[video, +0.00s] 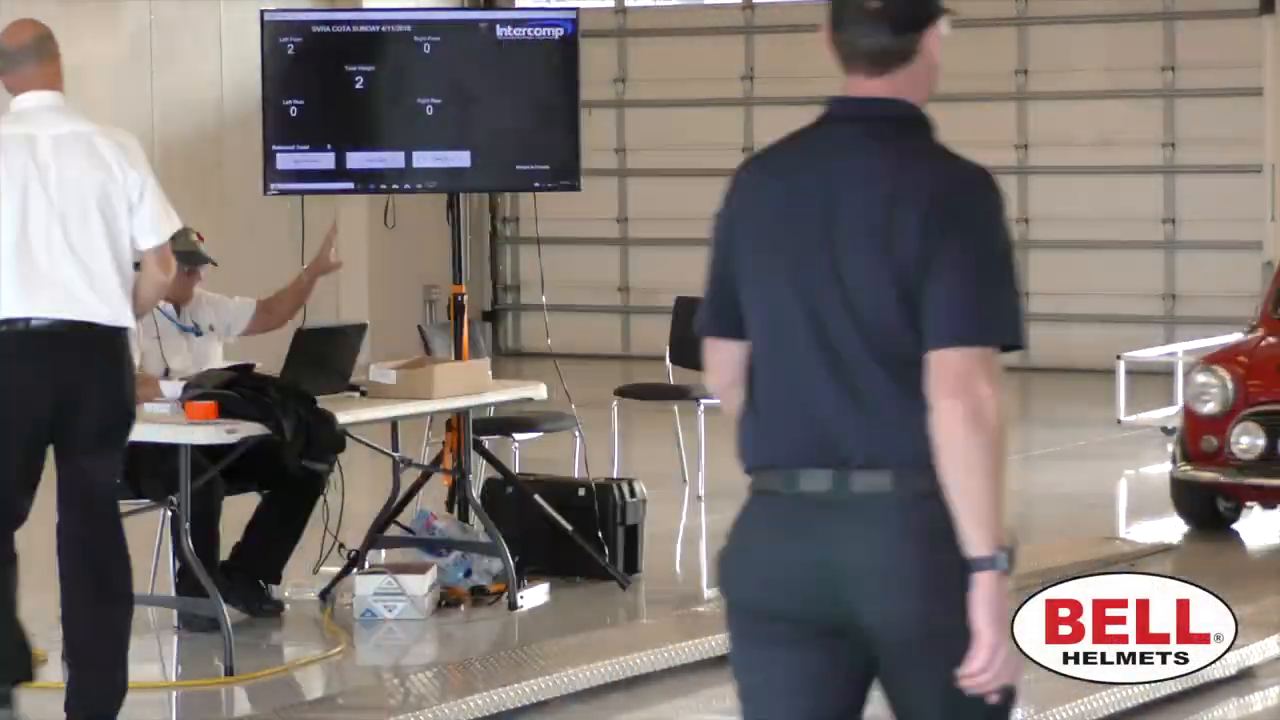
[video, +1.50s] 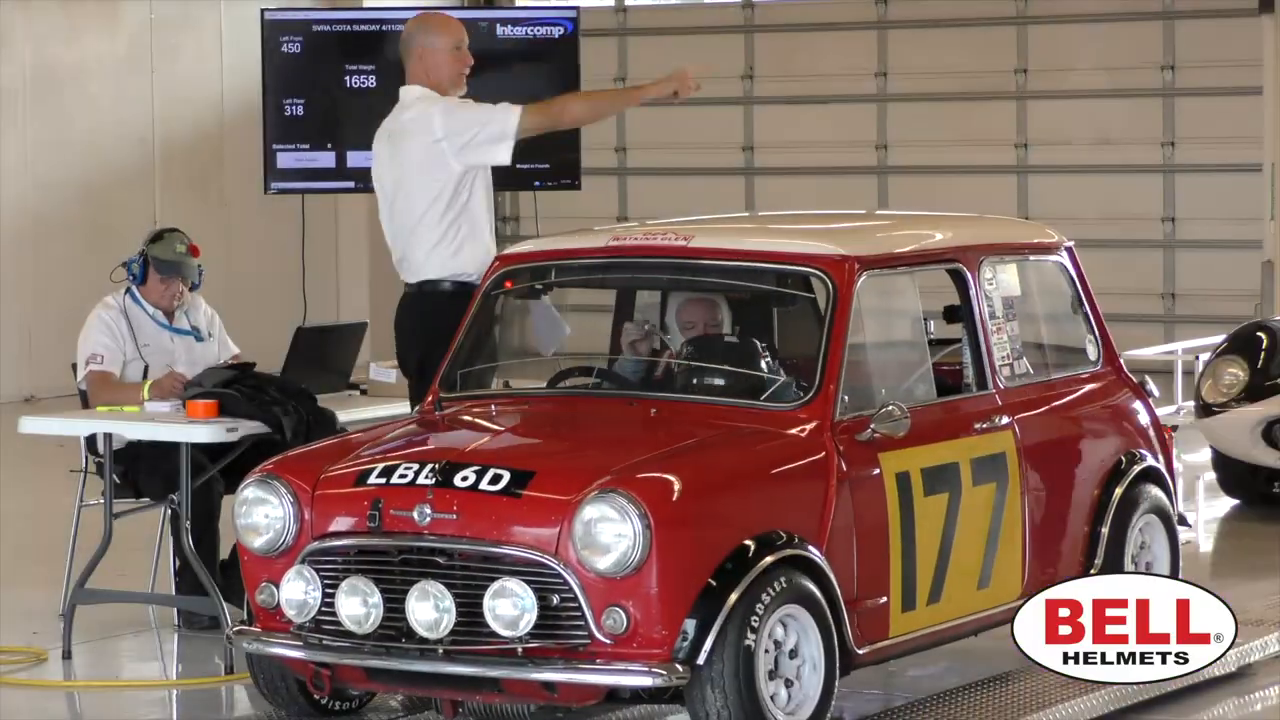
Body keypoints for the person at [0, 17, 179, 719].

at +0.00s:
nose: (9, 79)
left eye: (5, 67)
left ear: (2, 77)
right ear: (58, 66)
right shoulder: (114, 146)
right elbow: (160, 268)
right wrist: (114, 315)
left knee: (3, 526)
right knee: (92, 533)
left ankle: (11, 665)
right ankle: (95, 706)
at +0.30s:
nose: (159, 81)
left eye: (158, 69)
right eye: (160, 70)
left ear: (101, 61)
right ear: (147, 65)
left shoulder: (46, 137)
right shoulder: (145, 139)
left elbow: (38, 255)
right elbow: (167, 264)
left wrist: (121, 263)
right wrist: (213, 288)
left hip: (65, 341)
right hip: (130, 344)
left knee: (68, 522)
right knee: (145, 525)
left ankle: (40, 688)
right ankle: (123, 688)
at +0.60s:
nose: (174, 79)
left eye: (174, 67)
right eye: (174, 68)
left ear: (115, 60)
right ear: (161, 66)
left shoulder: (56, 139)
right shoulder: (155, 146)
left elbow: (40, 259)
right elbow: (186, 271)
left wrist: (126, 264)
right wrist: (248, 290)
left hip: (71, 344)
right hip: (137, 350)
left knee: (70, 524)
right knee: (141, 528)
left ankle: (41, 691)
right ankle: (123, 691)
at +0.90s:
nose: (181, 286)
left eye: (187, 277)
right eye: (170, 276)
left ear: (194, 276)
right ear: (141, 272)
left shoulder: (199, 310)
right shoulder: (110, 316)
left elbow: (234, 369)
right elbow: (99, 393)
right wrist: (151, 389)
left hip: (205, 448)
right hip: (136, 452)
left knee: (302, 469)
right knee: (200, 480)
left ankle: (245, 574)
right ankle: (196, 601)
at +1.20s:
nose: (177, 286)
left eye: (184, 277)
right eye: (165, 276)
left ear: (192, 277)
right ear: (141, 270)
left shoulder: (200, 312)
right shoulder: (109, 317)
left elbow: (234, 367)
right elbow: (99, 391)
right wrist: (152, 390)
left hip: (203, 444)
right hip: (136, 448)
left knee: (297, 467)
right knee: (201, 481)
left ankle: (243, 580)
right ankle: (197, 603)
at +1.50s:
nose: (176, 288)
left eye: (185, 280)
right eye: (165, 278)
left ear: (193, 280)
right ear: (141, 272)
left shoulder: (201, 313)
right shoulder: (109, 317)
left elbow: (235, 365)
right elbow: (99, 393)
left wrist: (260, 387)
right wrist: (150, 389)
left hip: (202, 440)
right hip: (136, 444)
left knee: (280, 469)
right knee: (201, 482)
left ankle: (238, 579)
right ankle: (197, 604)